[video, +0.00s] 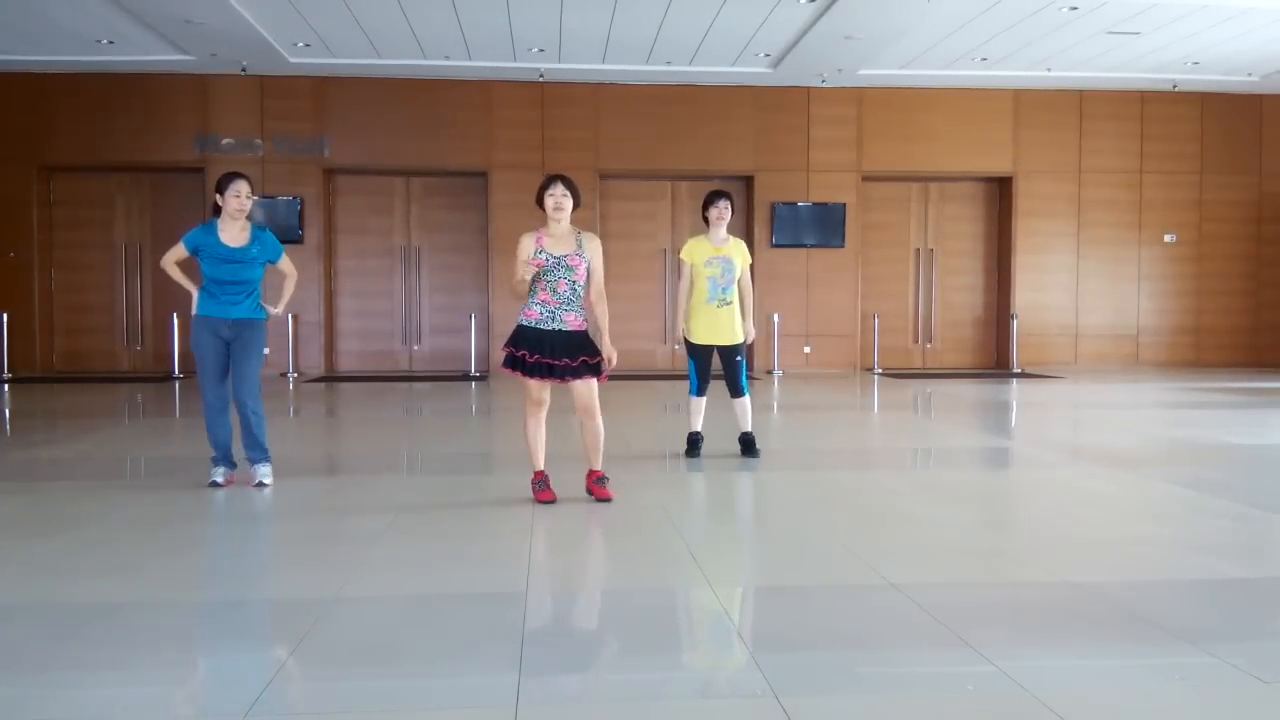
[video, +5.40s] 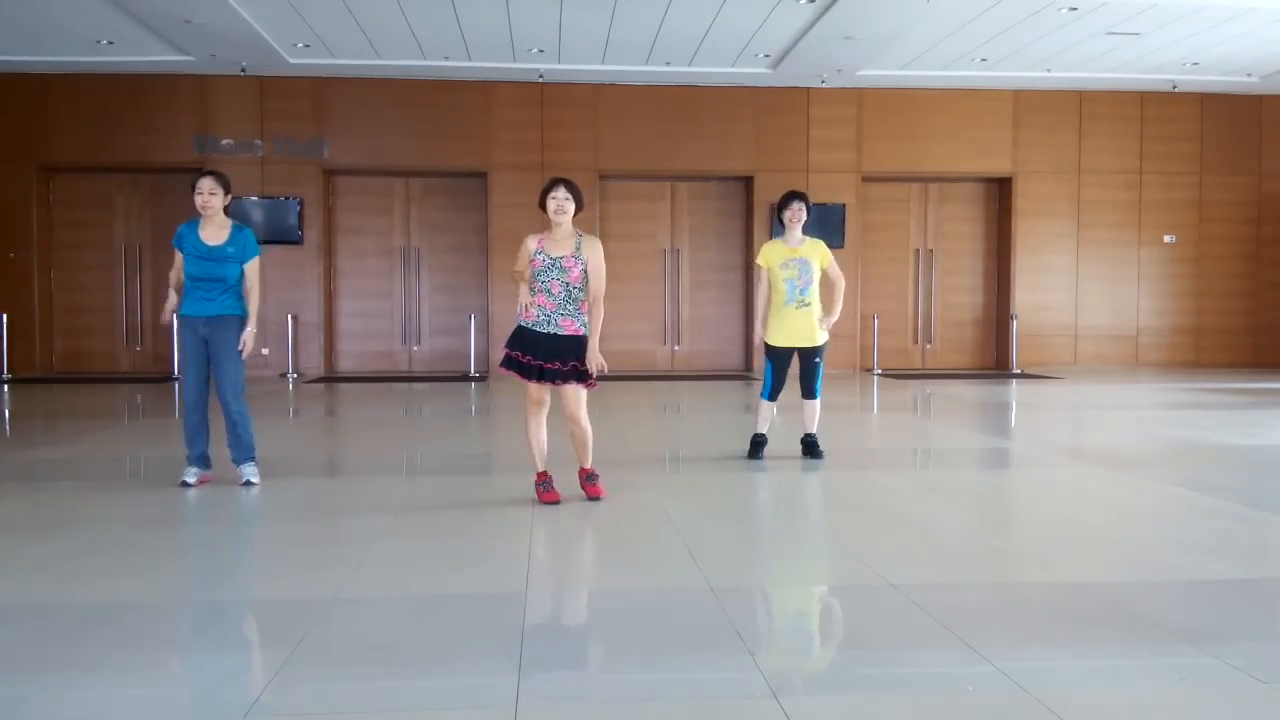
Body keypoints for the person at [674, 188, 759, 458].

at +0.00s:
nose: (721, 212)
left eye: (726, 208)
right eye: (716, 207)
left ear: (731, 214)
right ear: (706, 213)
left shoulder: (739, 247)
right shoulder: (693, 246)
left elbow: (746, 286)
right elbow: (684, 285)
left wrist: (748, 322)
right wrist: (679, 321)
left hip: (731, 327)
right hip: (698, 327)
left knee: (738, 385)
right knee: (698, 386)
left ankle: (747, 436)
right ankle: (695, 436)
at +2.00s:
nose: (719, 215)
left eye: (725, 211)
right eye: (714, 210)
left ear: (731, 218)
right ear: (706, 215)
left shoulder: (739, 249)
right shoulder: (691, 249)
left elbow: (757, 279)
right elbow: (682, 286)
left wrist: (747, 309)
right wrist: (676, 323)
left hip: (729, 328)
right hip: (696, 328)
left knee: (739, 386)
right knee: (697, 386)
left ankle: (752, 435)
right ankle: (695, 438)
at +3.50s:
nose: (737, 224)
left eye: (743, 219)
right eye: (732, 218)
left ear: (747, 224)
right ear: (722, 220)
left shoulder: (753, 254)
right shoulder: (707, 252)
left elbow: (769, 285)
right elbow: (694, 283)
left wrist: (762, 315)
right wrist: (685, 311)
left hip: (744, 330)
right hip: (711, 330)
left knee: (764, 383)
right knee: (703, 385)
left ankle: (786, 436)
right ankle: (693, 434)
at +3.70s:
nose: (760, 222)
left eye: (765, 218)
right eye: (754, 218)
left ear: (771, 223)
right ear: (745, 223)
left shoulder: (781, 256)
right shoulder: (734, 254)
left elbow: (795, 287)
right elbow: (719, 291)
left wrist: (789, 317)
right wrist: (712, 323)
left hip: (772, 331)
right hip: (737, 331)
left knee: (791, 382)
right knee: (721, 384)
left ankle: (805, 438)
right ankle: (697, 433)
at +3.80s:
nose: (770, 220)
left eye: (775, 215)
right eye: (765, 215)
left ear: (781, 220)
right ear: (756, 221)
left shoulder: (793, 253)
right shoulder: (745, 253)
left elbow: (811, 281)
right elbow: (735, 291)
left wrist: (805, 315)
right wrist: (729, 326)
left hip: (787, 329)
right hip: (753, 330)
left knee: (800, 385)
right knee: (735, 386)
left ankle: (806, 438)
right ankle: (714, 433)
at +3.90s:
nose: (779, 217)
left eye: (783, 212)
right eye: (773, 213)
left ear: (790, 217)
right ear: (764, 218)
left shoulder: (802, 250)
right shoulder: (754, 251)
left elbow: (821, 279)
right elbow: (747, 290)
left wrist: (815, 314)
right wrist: (743, 327)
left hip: (797, 329)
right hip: (763, 330)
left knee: (804, 387)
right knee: (751, 387)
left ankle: (807, 438)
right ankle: (740, 436)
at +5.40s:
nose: (795, 214)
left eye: (800, 210)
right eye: (790, 209)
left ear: (806, 215)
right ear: (781, 214)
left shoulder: (817, 247)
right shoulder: (769, 249)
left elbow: (839, 281)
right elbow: (762, 288)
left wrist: (833, 316)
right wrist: (758, 325)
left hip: (812, 329)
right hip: (778, 329)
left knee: (811, 389)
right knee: (772, 387)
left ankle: (810, 439)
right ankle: (759, 437)